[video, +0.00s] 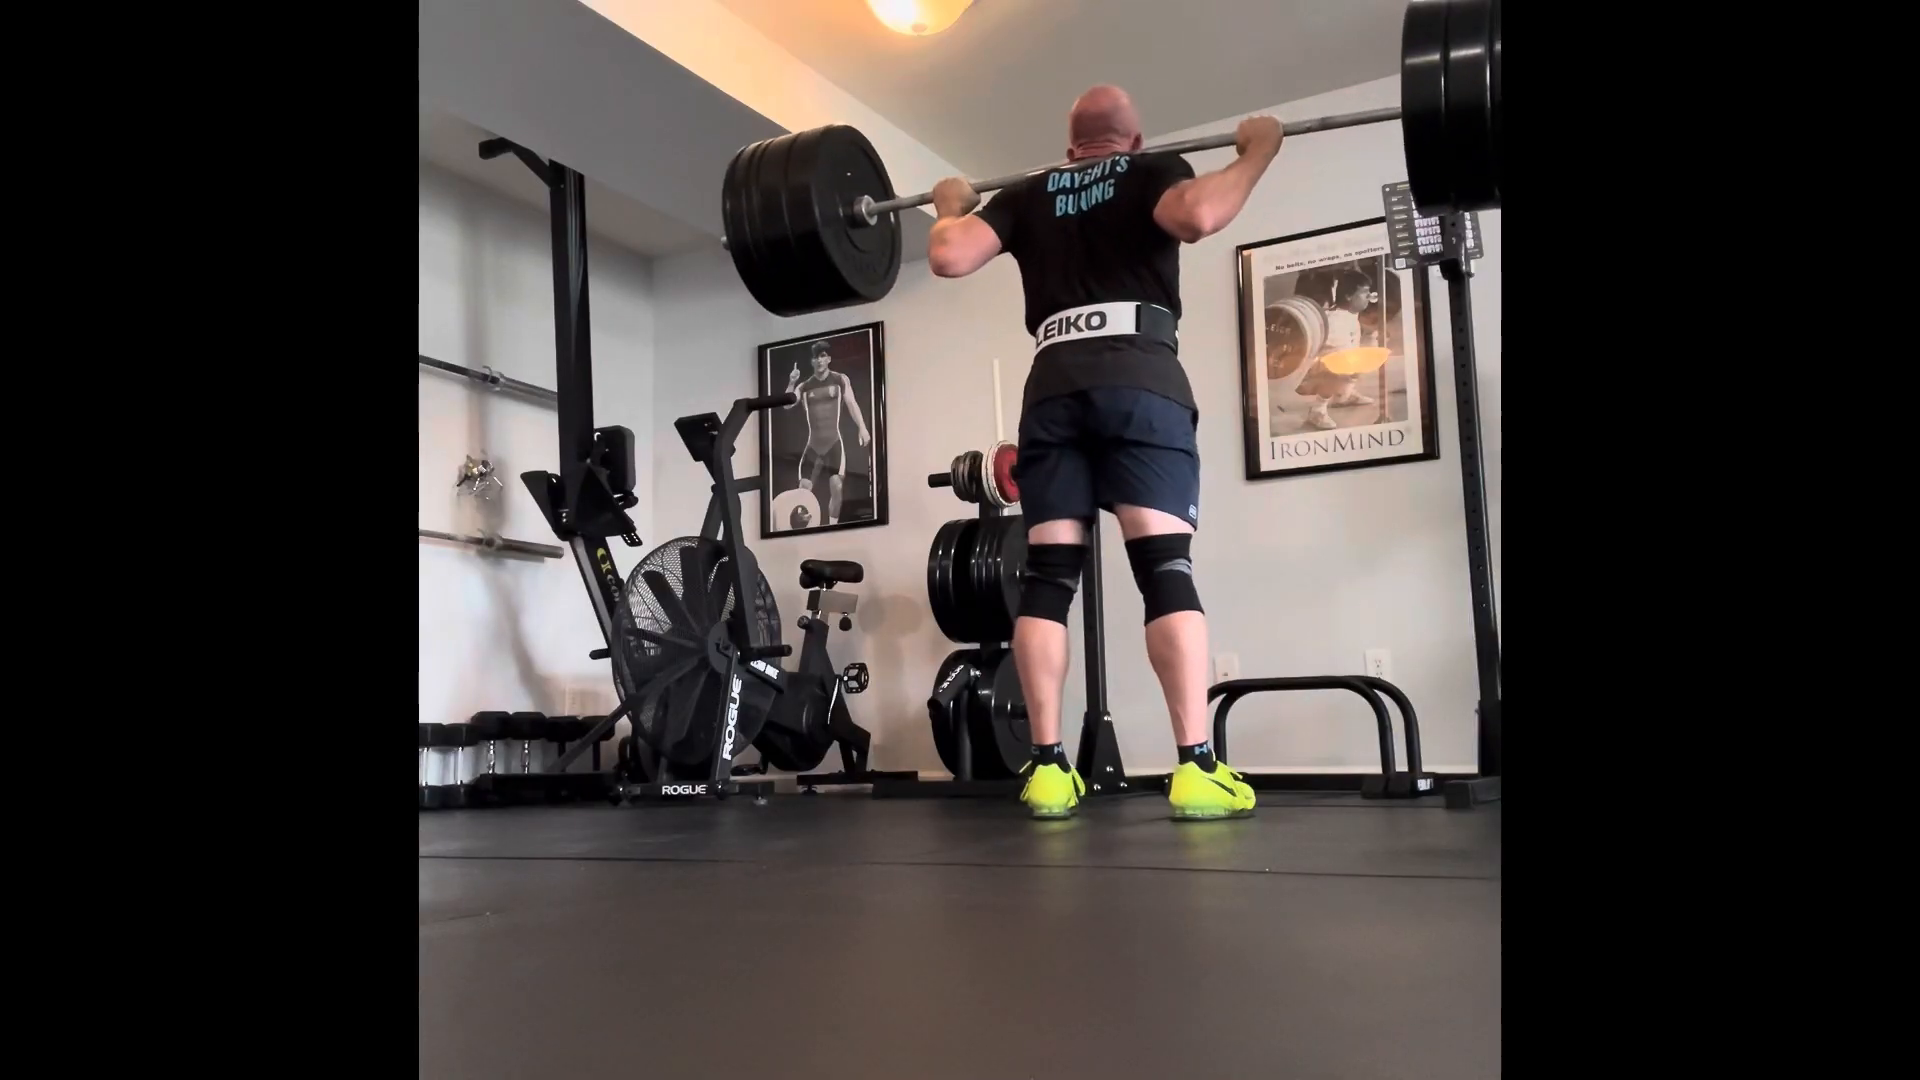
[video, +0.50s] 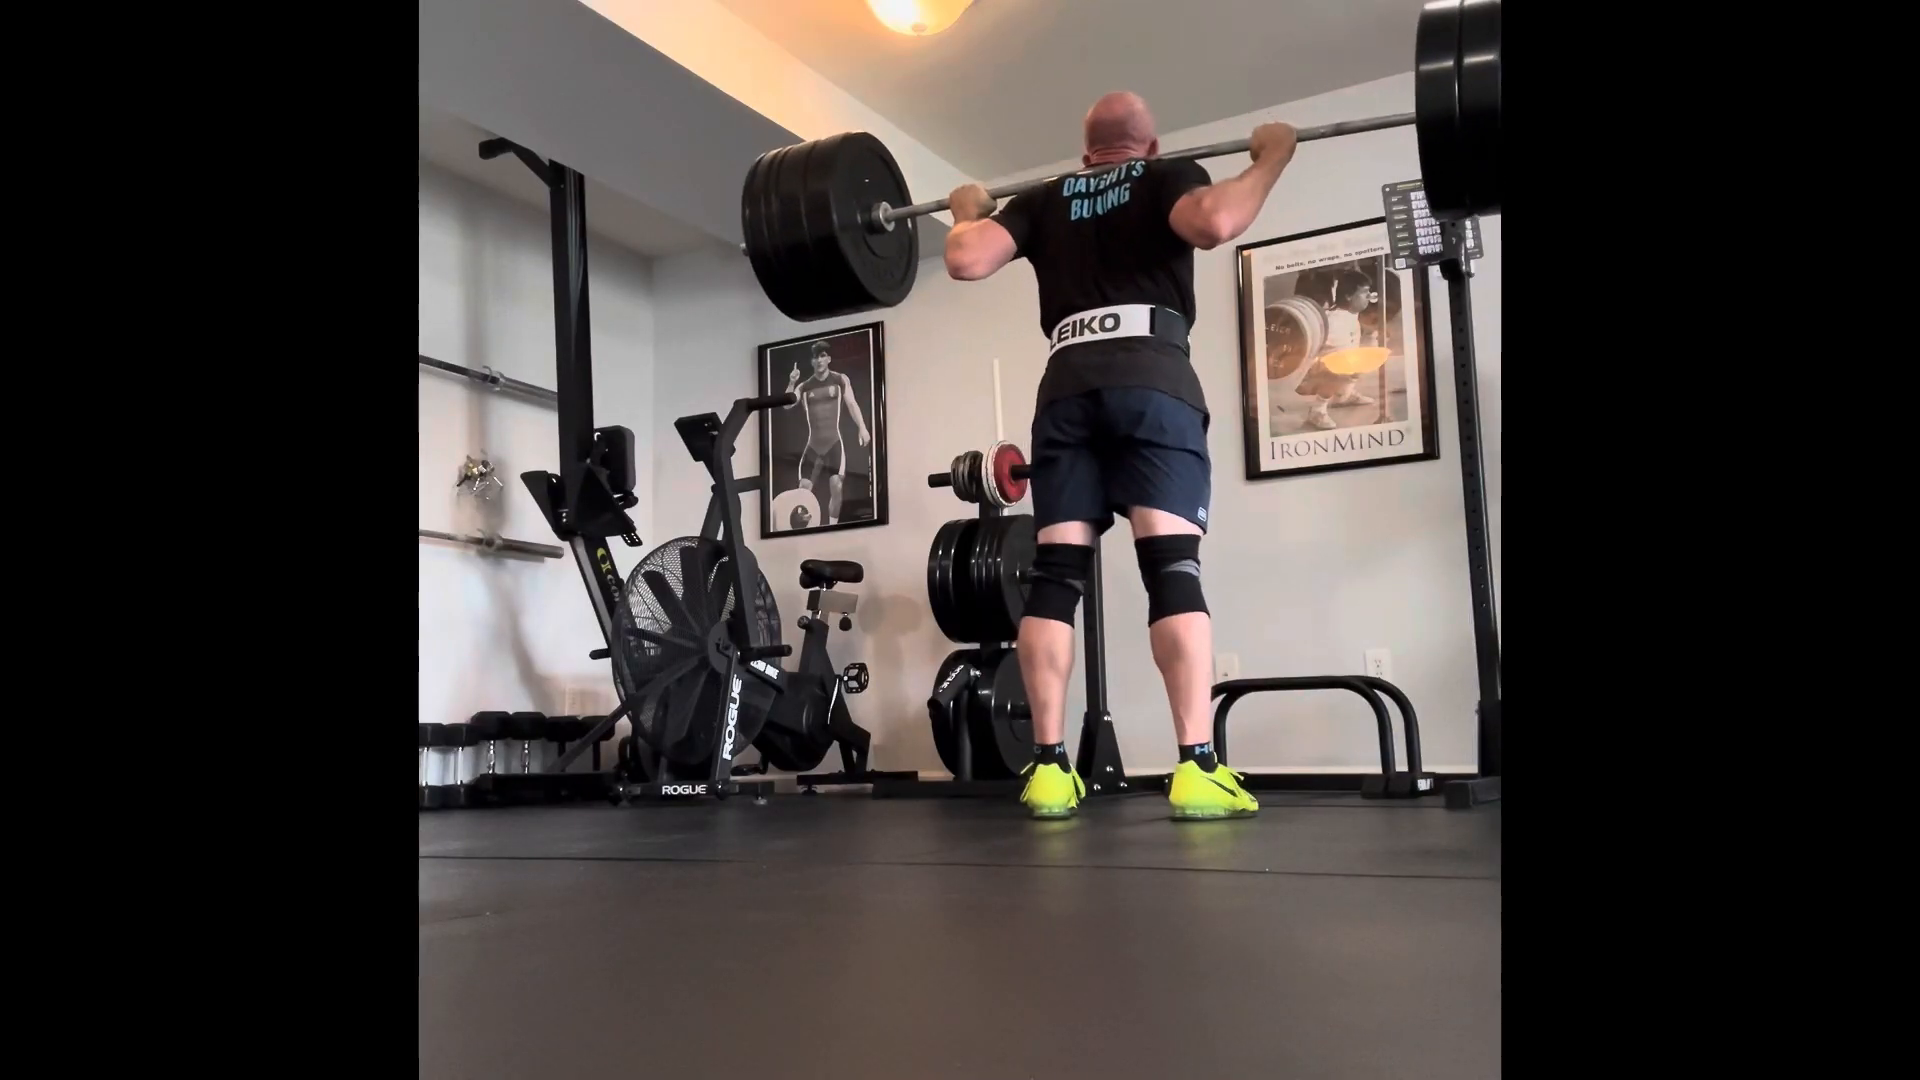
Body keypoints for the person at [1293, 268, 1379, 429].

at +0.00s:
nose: (1369, 298)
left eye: (1368, 294)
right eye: (1364, 294)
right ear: (1349, 296)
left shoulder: (1353, 318)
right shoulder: (1335, 320)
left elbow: (1351, 352)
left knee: (1355, 362)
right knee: (1338, 367)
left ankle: (1344, 394)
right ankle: (1318, 410)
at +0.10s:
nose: (1369, 298)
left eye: (1368, 293)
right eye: (1364, 294)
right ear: (1348, 296)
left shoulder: (1353, 318)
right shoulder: (1335, 319)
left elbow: (1352, 352)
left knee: (1356, 362)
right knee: (1337, 367)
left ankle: (1344, 394)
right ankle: (1318, 410)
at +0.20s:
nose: (1369, 297)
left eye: (1368, 293)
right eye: (1364, 293)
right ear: (1348, 296)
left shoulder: (1353, 318)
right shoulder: (1335, 319)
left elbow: (1352, 351)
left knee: (1357, 362)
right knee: (1338, 368)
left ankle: (1345, 394)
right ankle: (1318, 410)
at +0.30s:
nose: (1369, 297)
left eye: (1368, 293)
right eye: (1364, 293)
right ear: (1348, 296)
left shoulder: (1353, 317)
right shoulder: (1335, 319)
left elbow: (1351, 352)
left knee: (1357, 362)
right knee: (1339, 368)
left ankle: (1345, 394)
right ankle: (1318, 410)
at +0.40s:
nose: (1369, 297)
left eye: (1368, 293)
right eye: (1364, 293)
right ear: (1348, 296)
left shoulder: (1353, 317)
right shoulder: (1335, 319)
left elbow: (1351, 352)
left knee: (1357, 362)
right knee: (1339, 368)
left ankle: (1345, 394)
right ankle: (1318, 410)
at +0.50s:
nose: (1369, 297)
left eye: (1368, 293)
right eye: (1364, 293)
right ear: (1348, 296)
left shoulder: (1353, 317)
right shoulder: (1335, 319)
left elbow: (1351, 351)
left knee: (1357, 362)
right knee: (1339, 368)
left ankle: (1345, 394)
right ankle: (1318, 410)